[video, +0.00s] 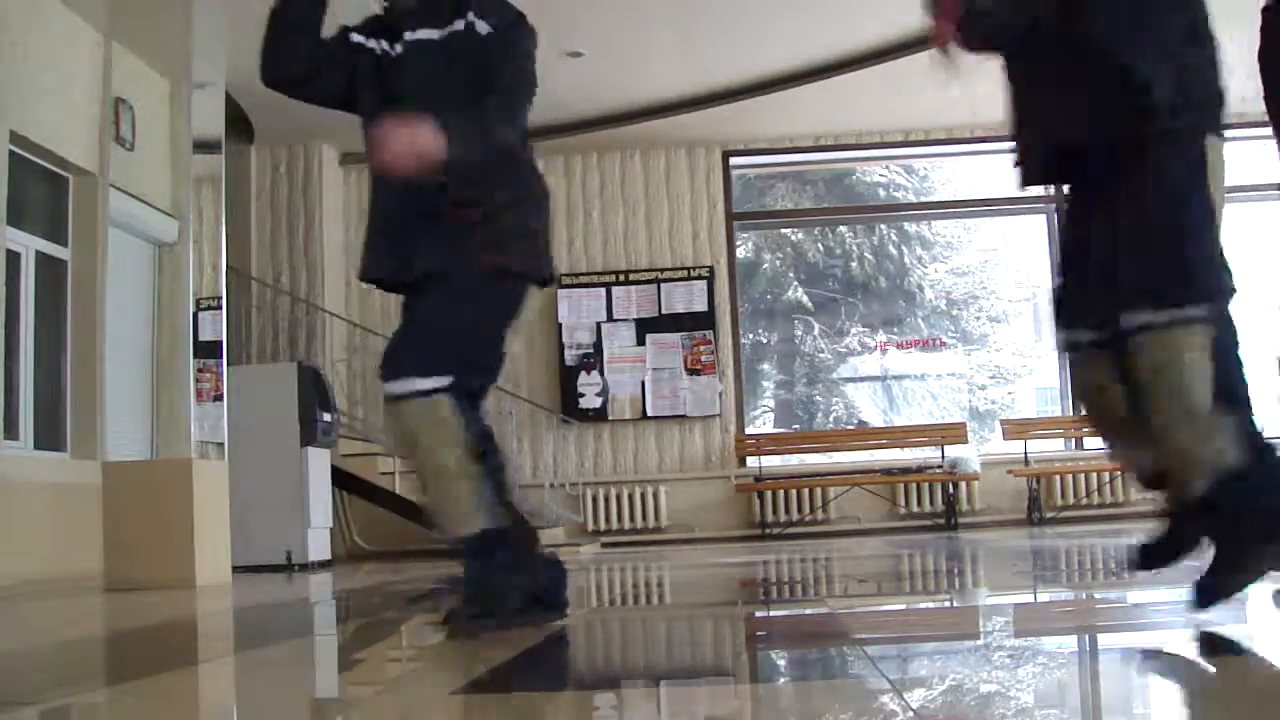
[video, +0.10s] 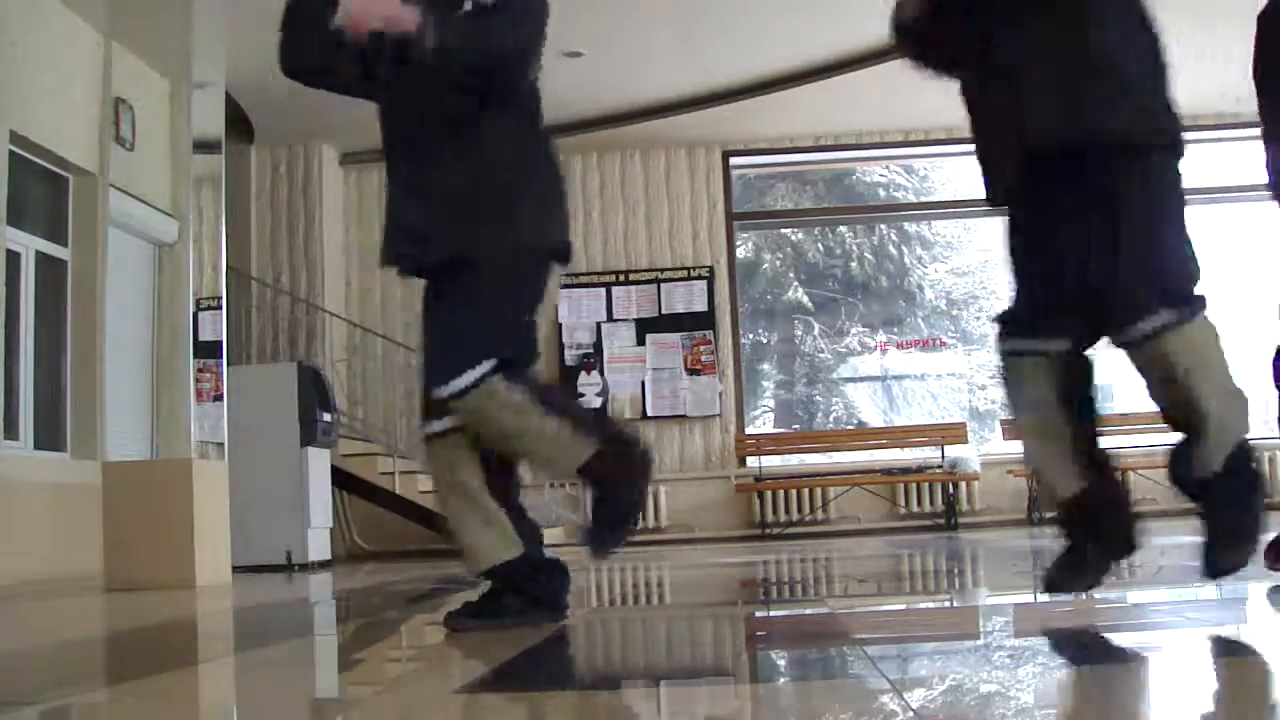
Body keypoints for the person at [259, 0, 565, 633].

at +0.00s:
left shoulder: (494, 19)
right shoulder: (380, 39)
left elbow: (507, 117)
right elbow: (288, 67)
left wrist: (442, 140)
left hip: (494, 243)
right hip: (427, 251)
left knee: (416, 377)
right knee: (449, 408)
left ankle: (491, 560)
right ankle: (524, 568)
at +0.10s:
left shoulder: (511, 5)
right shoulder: (399, 53)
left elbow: (511, 44)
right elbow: (302, 54)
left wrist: (417, 22)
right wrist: (327, 3)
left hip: (508, 211)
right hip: (448, 227)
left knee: (469, 387)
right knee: (446, 419)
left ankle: (610, 461)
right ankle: (522, 574)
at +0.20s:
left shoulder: (511, 10)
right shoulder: (402, 16)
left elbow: (552, 11)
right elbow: (314, 24)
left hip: (535, 166)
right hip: (471, 188)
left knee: (504, 335)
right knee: (483, 388)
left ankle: (626, 454)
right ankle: (533, 562)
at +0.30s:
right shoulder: (417, 16)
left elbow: (620, 17)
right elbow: (328, 18)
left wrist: (578, 6)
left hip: (551, 150)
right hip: (473, 176)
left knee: (536, 334)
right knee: (516, 366)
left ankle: (606, 537)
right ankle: (590, 540)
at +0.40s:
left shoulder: (562, 11)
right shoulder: (426, 29)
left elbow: (632, 39)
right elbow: (346, 34)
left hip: (569, 197)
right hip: (491, 218)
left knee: (561, 374)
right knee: (559, 391)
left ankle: (556, 562)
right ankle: (646, 549)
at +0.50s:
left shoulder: (597, 14)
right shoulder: (449, 24)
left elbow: (668, 75)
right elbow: (363, 28)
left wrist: (731, 143)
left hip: (575, 212)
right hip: (489, 221)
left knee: (546, 379)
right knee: (548, 395)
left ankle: (529, 585)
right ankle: (638, 560)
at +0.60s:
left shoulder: (619, 8)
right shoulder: (458, 8)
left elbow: (665, 79)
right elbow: (398, 6)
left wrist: (716, 188)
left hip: (566, 180)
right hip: (475, 183)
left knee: (520, 367)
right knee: (482, 393)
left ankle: (511, 593)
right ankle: (581, 521)